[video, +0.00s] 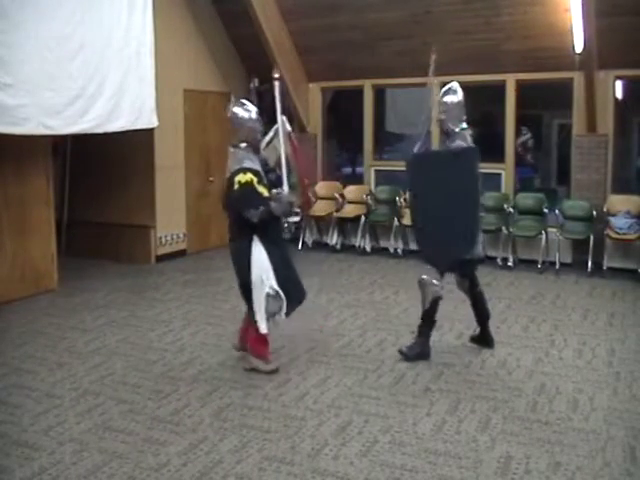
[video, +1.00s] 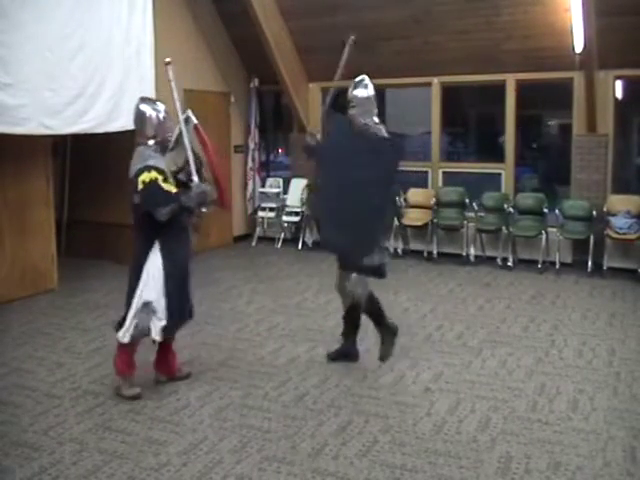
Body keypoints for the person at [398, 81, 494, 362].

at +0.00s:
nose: (443, 114)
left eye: (449, 109)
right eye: (441, 109)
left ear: (458, 113)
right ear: (438, 110)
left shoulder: (461, 142)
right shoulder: (435, 139)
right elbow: (415, 161)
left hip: (454, 220)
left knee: (432, 278)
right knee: (468, 279)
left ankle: (422, 342)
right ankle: (485, 333)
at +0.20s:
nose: (427, 112)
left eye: (433, 107)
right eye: (424, 107)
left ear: (444, 110)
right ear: (420, 109)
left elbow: (463, 192)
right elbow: (404, 194)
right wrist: (404, 232)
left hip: (440, 225)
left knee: (417, 280)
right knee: (454, 278)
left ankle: (421, 342)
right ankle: (479, 327)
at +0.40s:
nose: (407, 110)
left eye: (413, 104)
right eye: (407, 104)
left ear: (423, 107)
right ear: (406, 107)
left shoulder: (432, 143)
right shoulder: (412, 140)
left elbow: (440, 191)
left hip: (429, 220)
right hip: (415, 219)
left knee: (414, 276)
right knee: (418, 272)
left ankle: (421, 340)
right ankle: (444, 318)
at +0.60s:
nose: (390, 110)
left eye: (395, 104)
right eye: (389, 104)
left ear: (406, 106)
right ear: (387, 107)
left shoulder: (415, 139)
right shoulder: (396, 138)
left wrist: (375, 171)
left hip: (417, 222)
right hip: (398, 221)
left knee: (410, 279)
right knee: (383, 275)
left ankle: (421, 343)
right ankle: (383, 336)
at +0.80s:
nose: (371, 116)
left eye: (375, 110)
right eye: (371, 110)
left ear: (385, 113)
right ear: (380, 113)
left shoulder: (396, 143)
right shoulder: (382, 142)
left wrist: (349, 171)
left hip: (390, 227)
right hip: (377, 226)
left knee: (399, 287)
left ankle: (420, 342)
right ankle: (352, 343)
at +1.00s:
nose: (358, 110)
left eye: (360, 105)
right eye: (356, 105)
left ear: (355, 108)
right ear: (356, 108)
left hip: (359, 219)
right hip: (351, 217)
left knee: (351, 283)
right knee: (349, 281)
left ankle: (386, 328)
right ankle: (349, 343)